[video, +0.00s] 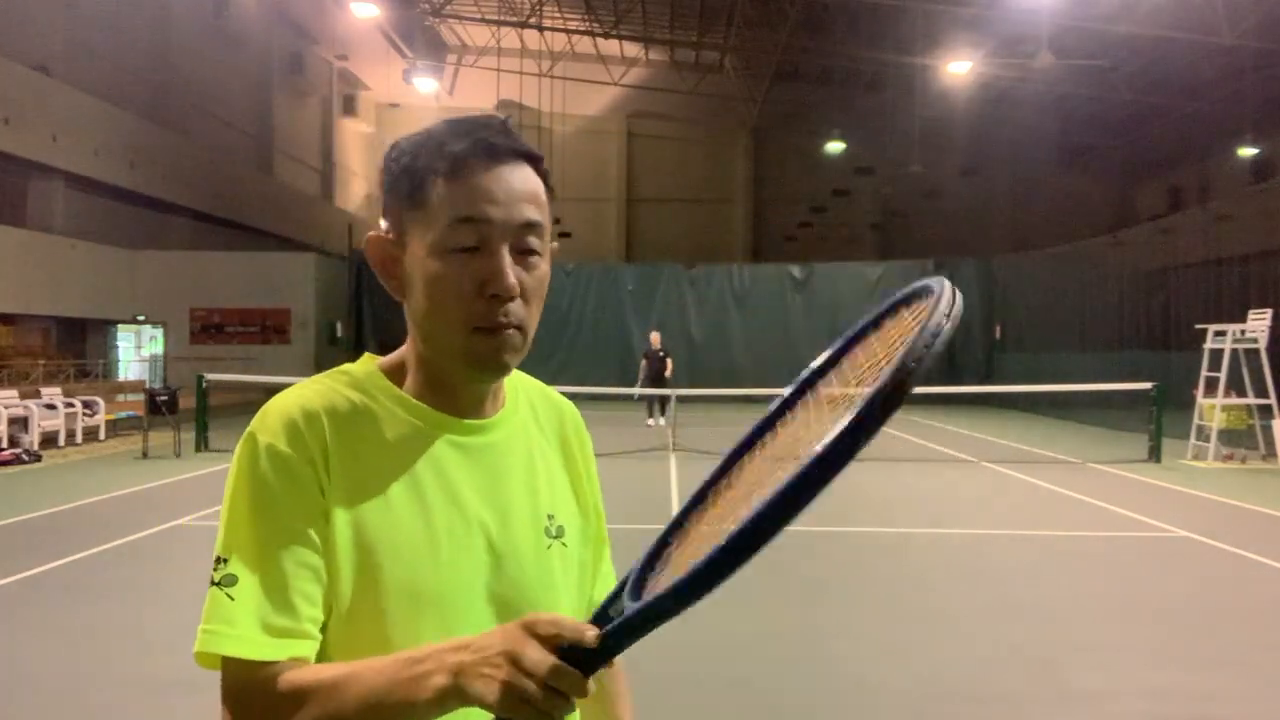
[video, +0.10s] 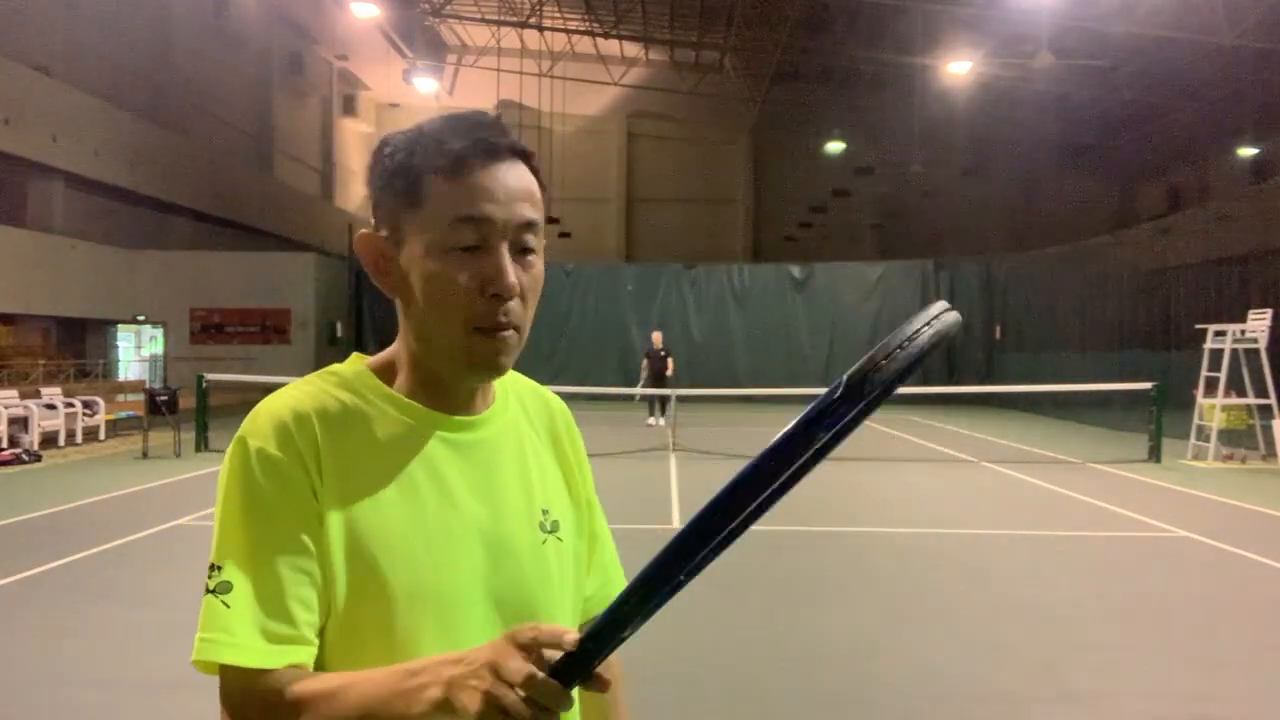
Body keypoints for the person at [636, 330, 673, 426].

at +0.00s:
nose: (655, 340)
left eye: (657, 338)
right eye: (653, 338)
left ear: (659, 339)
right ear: (650, 340)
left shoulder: (664, 352)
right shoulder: (647, 353)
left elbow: (669, 362)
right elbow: (643, 366)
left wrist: (668, 371)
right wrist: (641, 376)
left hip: (661, 378)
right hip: (650, 378)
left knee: (662, 398)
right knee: (650, 398)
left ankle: (662, 416)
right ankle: (650, 417)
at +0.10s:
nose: (656, 340)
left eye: (658, 337)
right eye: (655, 338)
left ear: (661, 338)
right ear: (652, 339)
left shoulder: (666, 351)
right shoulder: (649, 352)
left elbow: (670, 361)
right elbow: (644, 365)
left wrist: (669, 370)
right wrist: (643, 376)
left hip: (662, 376)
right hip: (651, 376)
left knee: (663, 397)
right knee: (651, 396)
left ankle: (662, 416)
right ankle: (651, 416)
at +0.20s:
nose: (657, 339)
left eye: (659, 336)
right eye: (656, 337)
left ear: (662, 338)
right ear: (653, 338)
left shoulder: (667, 350)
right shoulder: (650, 351)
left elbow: (671, 361)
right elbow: (645, 364)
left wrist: (671, 371)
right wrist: (645, 373)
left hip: (663, 377)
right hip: (652, 376)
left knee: (663, 396)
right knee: (651, 395)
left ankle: (662, 416)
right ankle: (652, 415)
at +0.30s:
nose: (658, 339)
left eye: (660, 337)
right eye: (656, 337)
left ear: (663, 338)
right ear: (653, 339)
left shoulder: (668, 352)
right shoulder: (650, 352)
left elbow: (672, 364)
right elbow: (645, 368)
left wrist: (674, 375)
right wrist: (644, 380)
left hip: (664, 379)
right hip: (652, 379)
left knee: (664, 398)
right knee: (651, 396)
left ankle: (662, 416)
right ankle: (653, 412)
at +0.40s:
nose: (658, 340)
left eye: (660, 338)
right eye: (656, 338)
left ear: (663, 339)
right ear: (653, 339)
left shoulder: (666, 353)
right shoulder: (650, 353)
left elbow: (672, 365)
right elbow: (645, 367)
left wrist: (670, 373)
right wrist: (645, 378)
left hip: (664, 378)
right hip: (654, 378)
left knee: (666, 396)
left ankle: (662, 415)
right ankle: (653, 414)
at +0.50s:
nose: (658, 342)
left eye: (660, 340)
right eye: (656, 340)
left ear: (663, 341)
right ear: (652, 342)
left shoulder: (666, 354)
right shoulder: (649, 355)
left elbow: (671, 364)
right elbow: (645, 366)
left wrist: (677, 374)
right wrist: (646, 375)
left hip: (665, 378)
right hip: (653, 378)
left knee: (665, 396)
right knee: (654, 395)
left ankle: (662, 414)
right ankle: (655, 413)